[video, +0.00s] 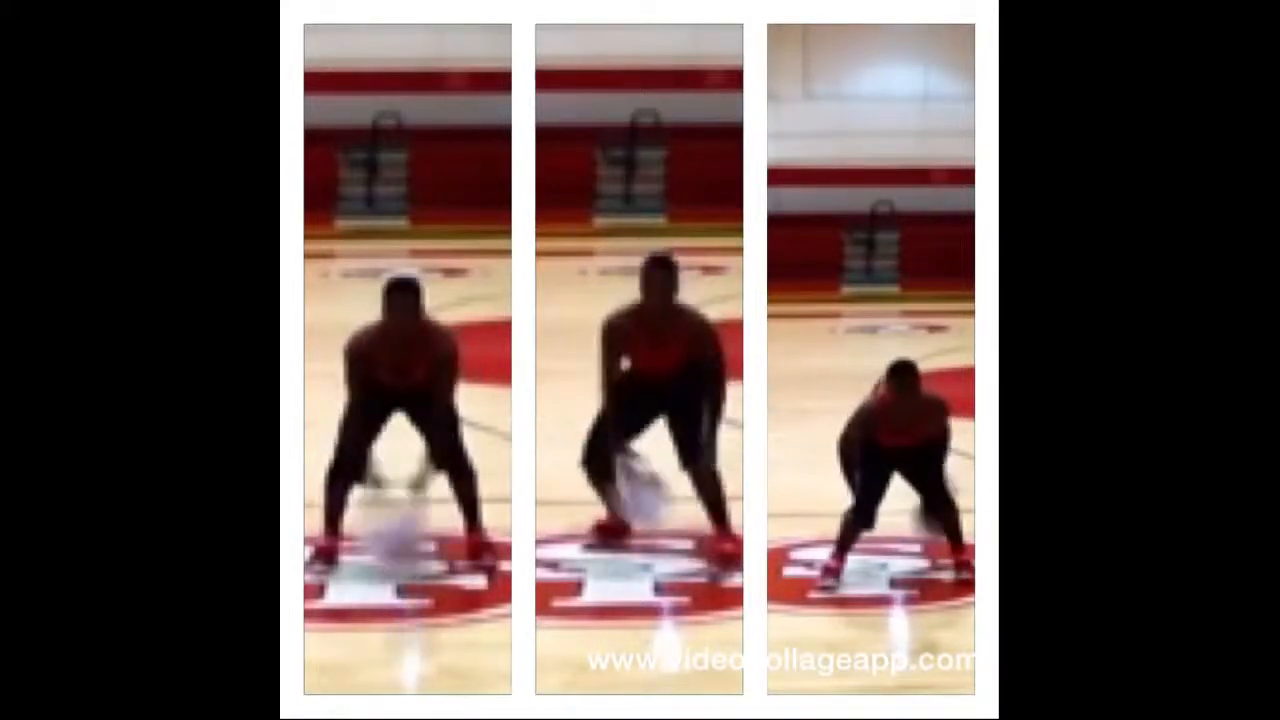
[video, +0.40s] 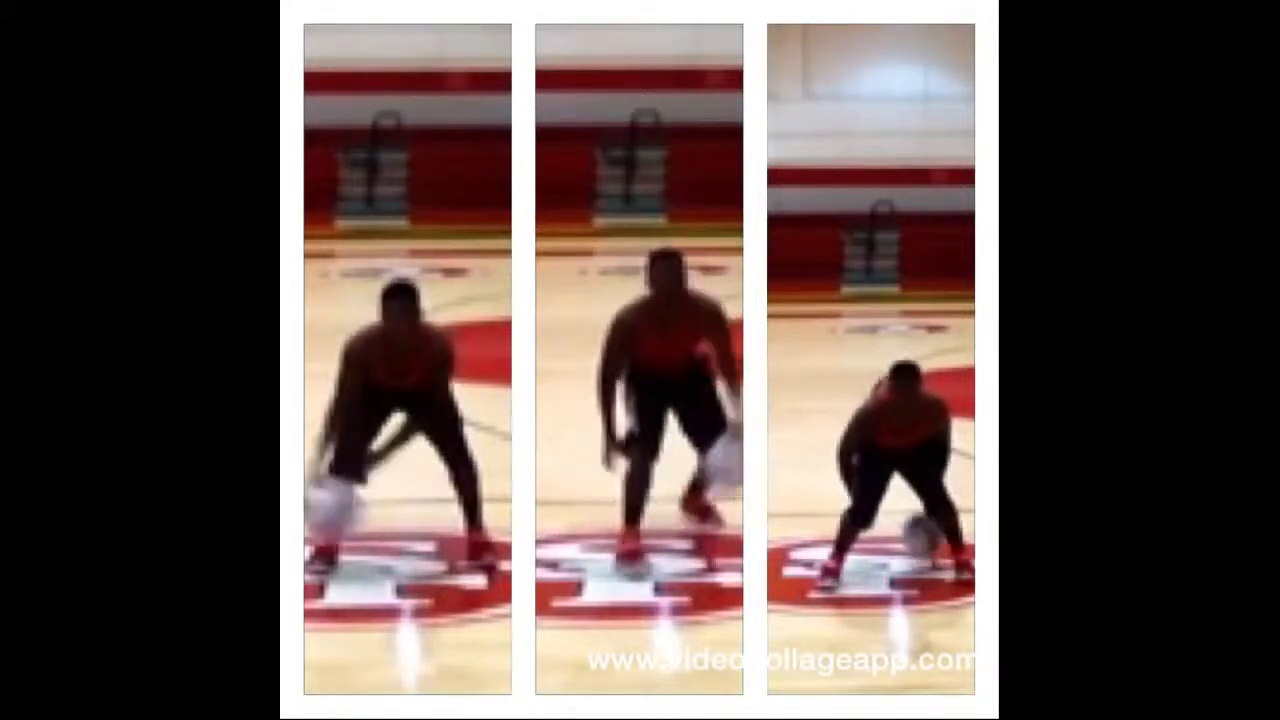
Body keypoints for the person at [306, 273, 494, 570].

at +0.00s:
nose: (403, 323)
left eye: (409, 313)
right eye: (395, 313)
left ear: (421, 310)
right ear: (385, 311)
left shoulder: (441, 343)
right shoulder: (362, 347)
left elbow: (443, 410)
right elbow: (358, 410)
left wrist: (427, 468)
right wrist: (364, 462)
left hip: (425, 397)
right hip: (374, 397)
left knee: (458, 464)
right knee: (342, 467)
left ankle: (475, 534)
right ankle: (331, 539)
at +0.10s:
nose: (406, 323)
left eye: (414, 314)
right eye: (400, 314)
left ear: (424, 313)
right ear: (390, 314)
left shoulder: (443, 344)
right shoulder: (370, 350)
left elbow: (471, 397)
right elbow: (386, 421)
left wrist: (496, 441)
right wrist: (426, 465)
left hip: (426, 396)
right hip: (375, 398)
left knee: (458, 463)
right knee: (341, 468)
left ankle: (477, 538)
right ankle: (330, 541)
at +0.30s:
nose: (409, 326)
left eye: (416, 316)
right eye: (403, 317)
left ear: (426, 313)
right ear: (392, 314)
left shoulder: (448, 346)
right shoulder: (371, 347)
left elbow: (458, 409)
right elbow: (370, 424)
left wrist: (458, 457)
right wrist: (388, 478)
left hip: (427, 396)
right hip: (377, 397)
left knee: (462, 461)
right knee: (348, 464)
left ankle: (477, 540)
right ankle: (331, 539)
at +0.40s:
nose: (400, 327)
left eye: (407, 317)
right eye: (392, 317)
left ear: (418, 315)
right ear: (382, 315)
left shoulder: (436, 347)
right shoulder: (361, 349)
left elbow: (419, 420)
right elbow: (341, 408)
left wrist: (377, 458)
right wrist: (322, 455)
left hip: (425, 397)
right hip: (374, 397)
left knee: (461, 462)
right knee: (346, 461)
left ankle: (476, 536)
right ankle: (328, 544)